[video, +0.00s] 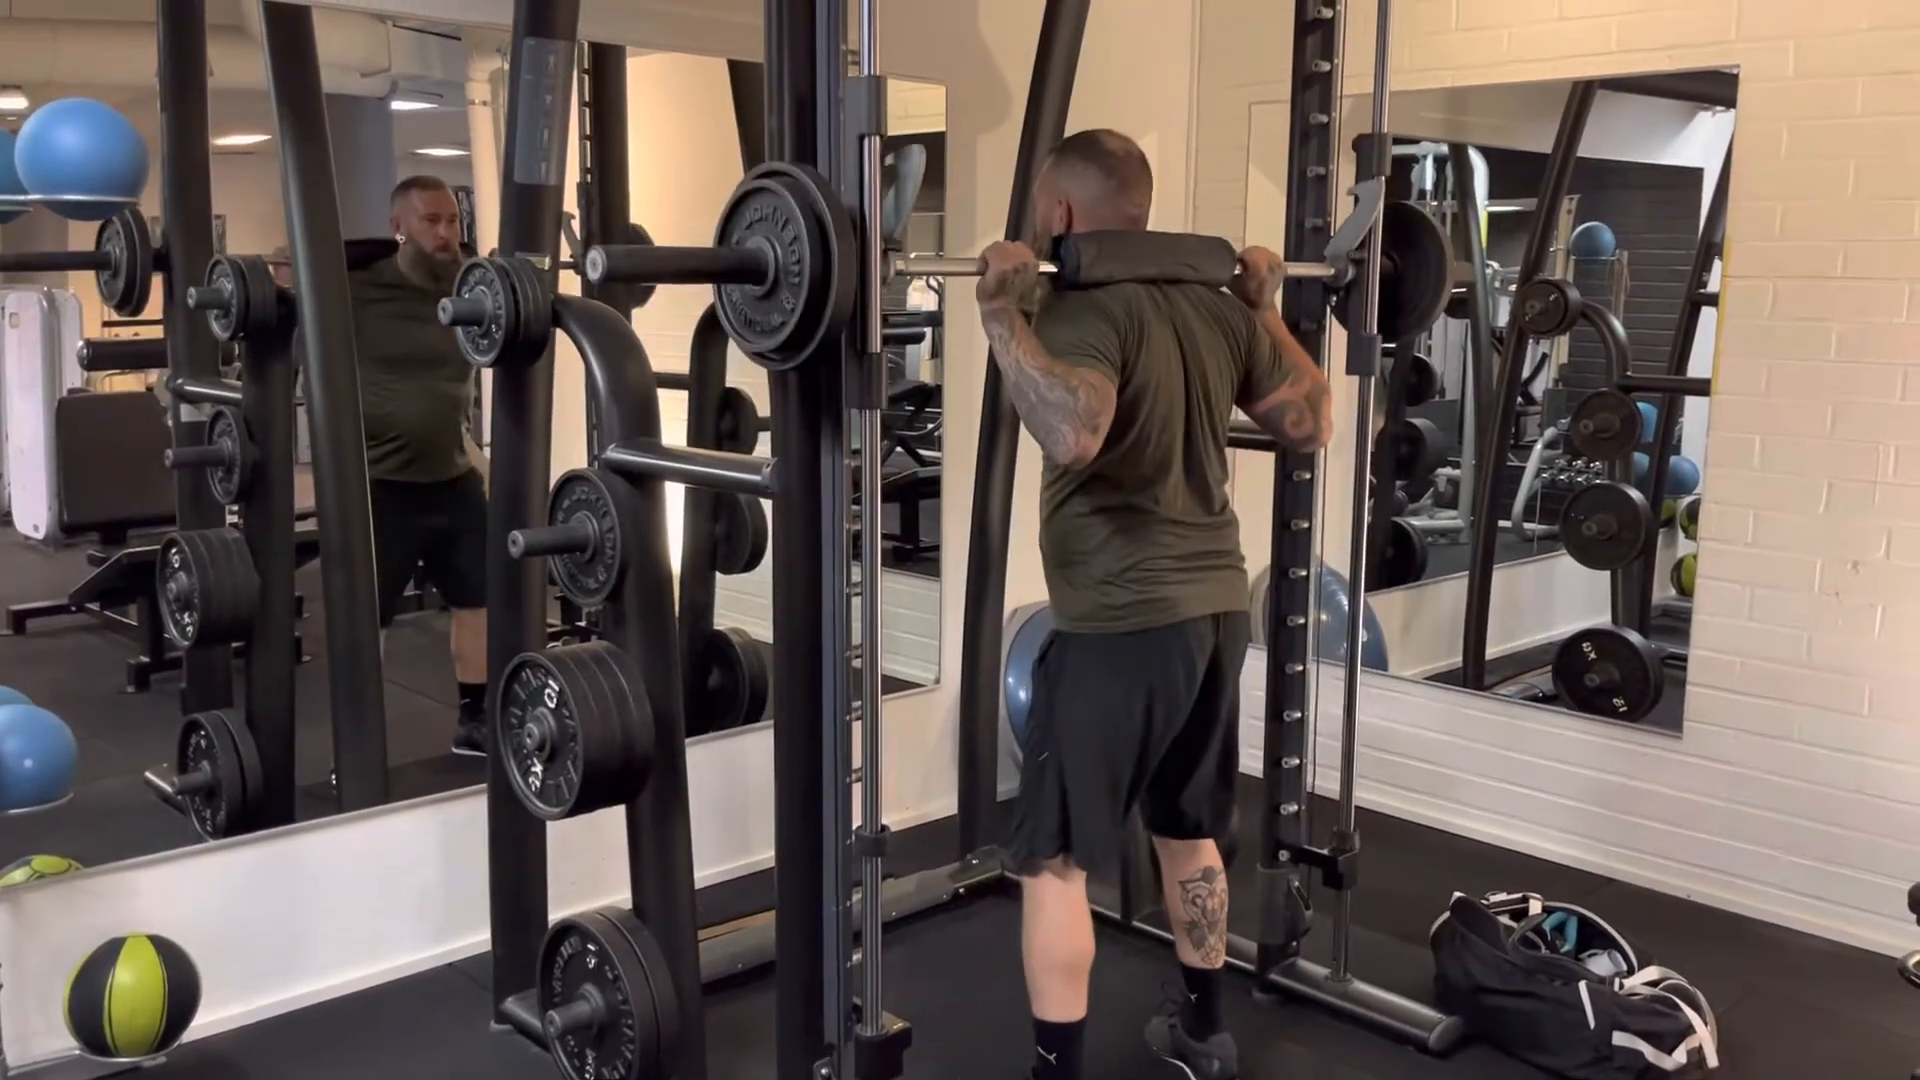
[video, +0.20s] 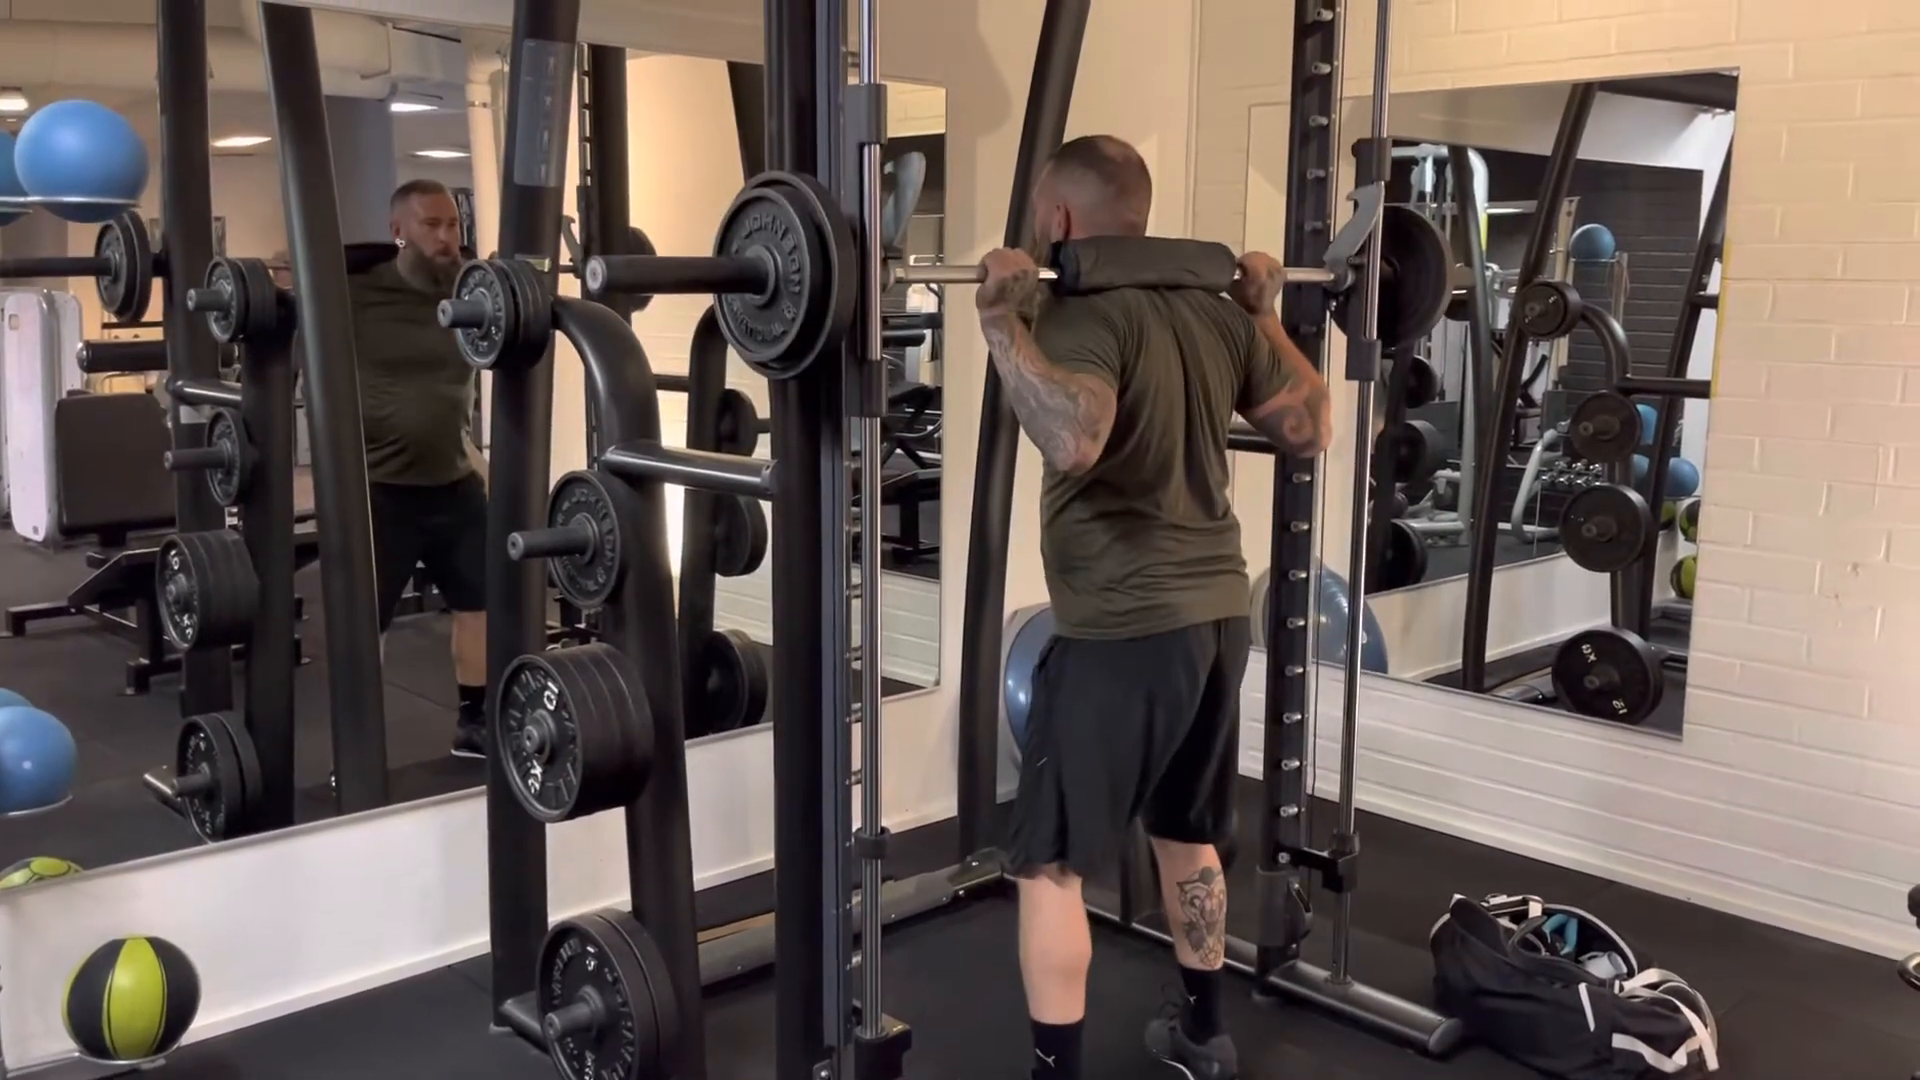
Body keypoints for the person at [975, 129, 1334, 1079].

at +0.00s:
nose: (1037, 223)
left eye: (1041, 207)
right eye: (1043, 207)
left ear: (1063, 208)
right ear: (1141, 205)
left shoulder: (1087, 302)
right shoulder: (1210, 299)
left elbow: (1074, 429)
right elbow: (1305, 420)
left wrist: (1001, 309)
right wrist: (1266, 310)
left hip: (1119, 622)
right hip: (1216, 608)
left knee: (1057, 854)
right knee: (1186, 825)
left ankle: (1056, 1067)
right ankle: (1203, 1032)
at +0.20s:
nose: (1036, 228)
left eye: (1041, 212)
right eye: (1041, 211)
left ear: (1063, 214)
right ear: (1139, 212)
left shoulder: (1087, 309)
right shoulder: (1210, 307)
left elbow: (1074, 434)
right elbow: (1306, 423)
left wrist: (1001, 318)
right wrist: (1266, 314)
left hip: (1122, 629)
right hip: (1218, 615)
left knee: (1051, 857)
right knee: (1186, 830)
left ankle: (1055, 1067)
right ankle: (1203, 1033)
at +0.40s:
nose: (1036, 231)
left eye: (1040, 216)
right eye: (1041, 215)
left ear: (1063, 217)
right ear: (1138, 213)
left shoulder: (1087, 310)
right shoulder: (1210, 307)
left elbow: (1074, 435)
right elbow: (1306, 424)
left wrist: (1001, 320)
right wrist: (1266, 316)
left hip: (1122, 631)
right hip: (1219, 616)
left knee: (1054, 860)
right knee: (1187, 832)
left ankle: (1055, 1068)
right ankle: (1204, 1036)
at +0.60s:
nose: (1034, 241)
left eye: (1037, 226)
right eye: (1037, 226)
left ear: (1060, 223)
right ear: (1136, 219)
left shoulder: (1086, 312)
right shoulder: (1213, 310)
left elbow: (1072, 440)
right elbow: (1308, 428)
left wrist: (1000, 322)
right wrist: (1264, 319)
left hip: (1132, 633)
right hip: (1230, 619)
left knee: (1057, 863)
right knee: (1189, 830)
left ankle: (1056, 1068)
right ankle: (1206, 1038)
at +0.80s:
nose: (1026, 310)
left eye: (1031, 295)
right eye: (1025, 295)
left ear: (1064, 295)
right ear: (1127, 289)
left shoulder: (1091, 376)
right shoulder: (1217, 370)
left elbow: (1078, 500)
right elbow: (1320, 483)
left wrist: (1005, 396)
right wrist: (1265, 378)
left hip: (1158, 691)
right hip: (1258, 680)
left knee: (1012, 873)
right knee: (1174, 832)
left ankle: (1050, 1069)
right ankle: (1203, 1038)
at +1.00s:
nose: (1028, 422)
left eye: (1030, 408)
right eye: (1028, 409)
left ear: (1048, 416)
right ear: (1127, 402)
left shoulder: (1093, 486)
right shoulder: (1222, 477)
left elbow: (1089, 615)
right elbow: (1327, 579)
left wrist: (999, 506)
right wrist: (1265, 476)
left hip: (1186, 798)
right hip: (1285, 782)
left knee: (981, 883)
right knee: (1159, 844)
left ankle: (1045, 1068)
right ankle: (1200, 1033)